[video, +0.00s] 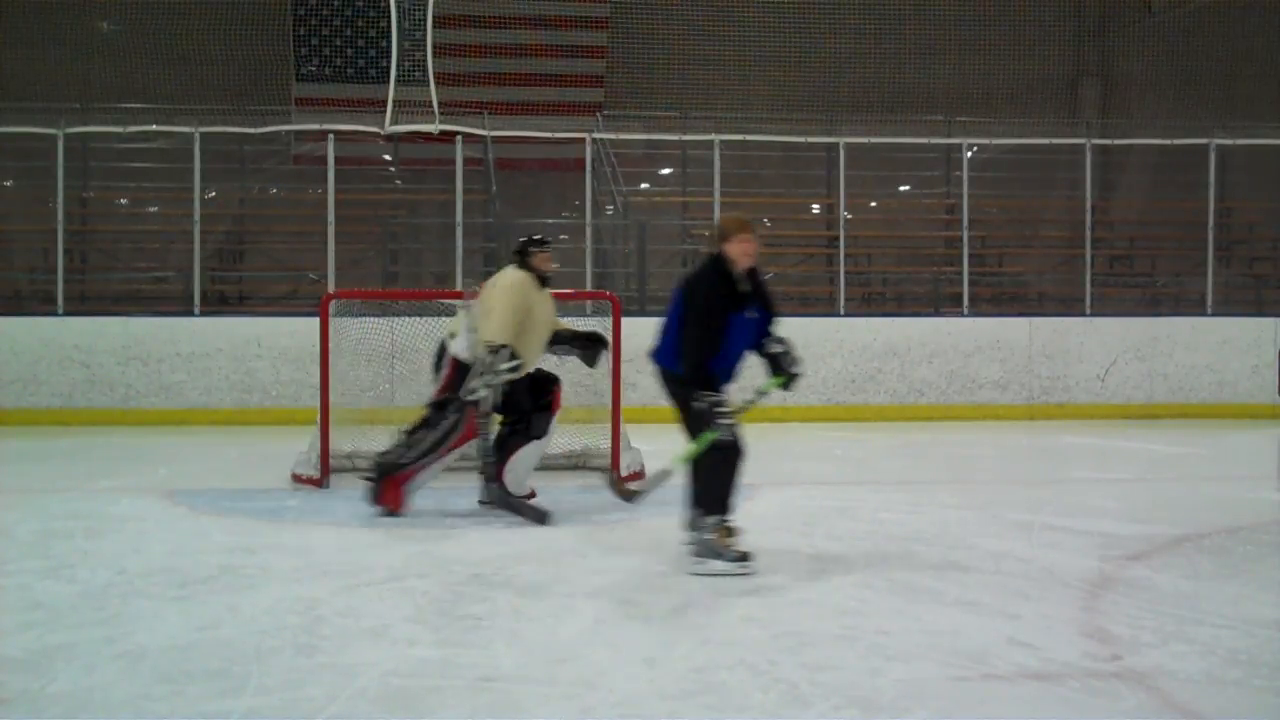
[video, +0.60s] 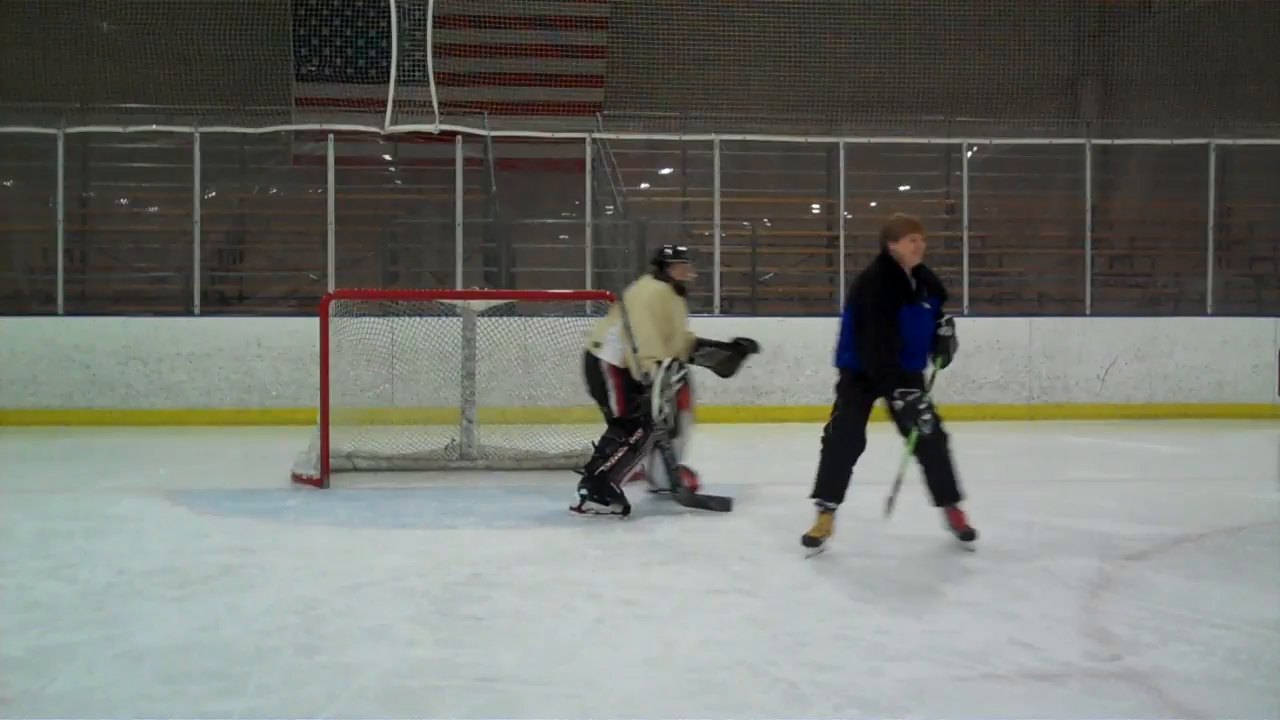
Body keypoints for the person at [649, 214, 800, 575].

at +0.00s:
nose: (748, 248)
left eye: (751, 242)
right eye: (740, 242)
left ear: (756, 247)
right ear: (723, 246)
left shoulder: (751, 283)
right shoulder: (705, 282)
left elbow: (758, 329)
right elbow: (691, 344)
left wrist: (778, 355)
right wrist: (704, 395)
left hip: (709, 373)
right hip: (681, 371)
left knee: (720, 444)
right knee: (719, 445)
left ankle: (707, 524)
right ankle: (707, 528)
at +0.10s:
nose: (789, 252)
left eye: (791, 245)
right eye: (780, 245)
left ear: (794, 249)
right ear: (760, 249)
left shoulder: (785, 287)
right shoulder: (742, 287)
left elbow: (796, 328)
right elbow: (731, 349)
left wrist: (817, 355)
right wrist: (746, 398)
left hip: (747, 378)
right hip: (719, 377)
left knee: (767, 446)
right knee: (758, 448)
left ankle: (756, 523)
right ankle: (751, 529)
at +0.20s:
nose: (823, 256)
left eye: (826, 249)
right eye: (815, 248)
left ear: (828, 253)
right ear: (795, 252)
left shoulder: (818, 291)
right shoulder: (777, 290)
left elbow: (829, 330)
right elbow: (767, 353)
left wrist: (848, 353)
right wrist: (784, 401)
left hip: (782, 378)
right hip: (753, 377)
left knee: (804, 448)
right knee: (798, 450)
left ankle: (793, 515)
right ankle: (779, 528)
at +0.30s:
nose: (854, 255)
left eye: (857, 248)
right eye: (847, 247)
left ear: (857, 251)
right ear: (826, 250)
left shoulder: (847, 287)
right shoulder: (809, 287)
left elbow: (862, 323)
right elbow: (803, 350)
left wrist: (876, 348)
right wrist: (817, 400)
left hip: (816, 377)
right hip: (785, 377)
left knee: (839, 438)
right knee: (813, 446)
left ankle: (824, 510)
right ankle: (790, 527)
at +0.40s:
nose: (883, 246)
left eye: (884, 240)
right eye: (875, 240)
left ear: (885, 244)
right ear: (855, 245)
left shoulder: (880, 281)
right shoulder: (835, 283)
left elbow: (895, 318)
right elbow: (831, 347)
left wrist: (905, 343)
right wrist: (852, 393)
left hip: (846, 373)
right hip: (811, 373)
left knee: (874, 434)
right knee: (820, 446)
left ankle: (869, 513)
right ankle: (797, 526)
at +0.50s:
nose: (904, 246)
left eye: (906, 239)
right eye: (897, 240)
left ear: (908, 242)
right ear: (876, 244)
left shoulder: (909, 282)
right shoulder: (858, 280)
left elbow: (922, 314)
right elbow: (856, 342)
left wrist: (929, 340)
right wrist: (878, 388)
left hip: (874, 372)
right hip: (835, 370)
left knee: (902, 433)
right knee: (838, 437)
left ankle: (915, 509)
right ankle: (808, 515)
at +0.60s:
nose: (920, 246)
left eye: (922, 240)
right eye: (912, 240)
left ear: (923, 245)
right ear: (891, 245)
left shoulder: (926, 282)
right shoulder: (871, 283)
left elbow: (933, 323)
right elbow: (873, 347)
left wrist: (943, 337)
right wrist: (901, 391)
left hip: (903, 373)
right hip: (859, 373)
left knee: (929, 435)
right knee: (843, 436)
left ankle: (951, 508)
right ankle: (824, 514)